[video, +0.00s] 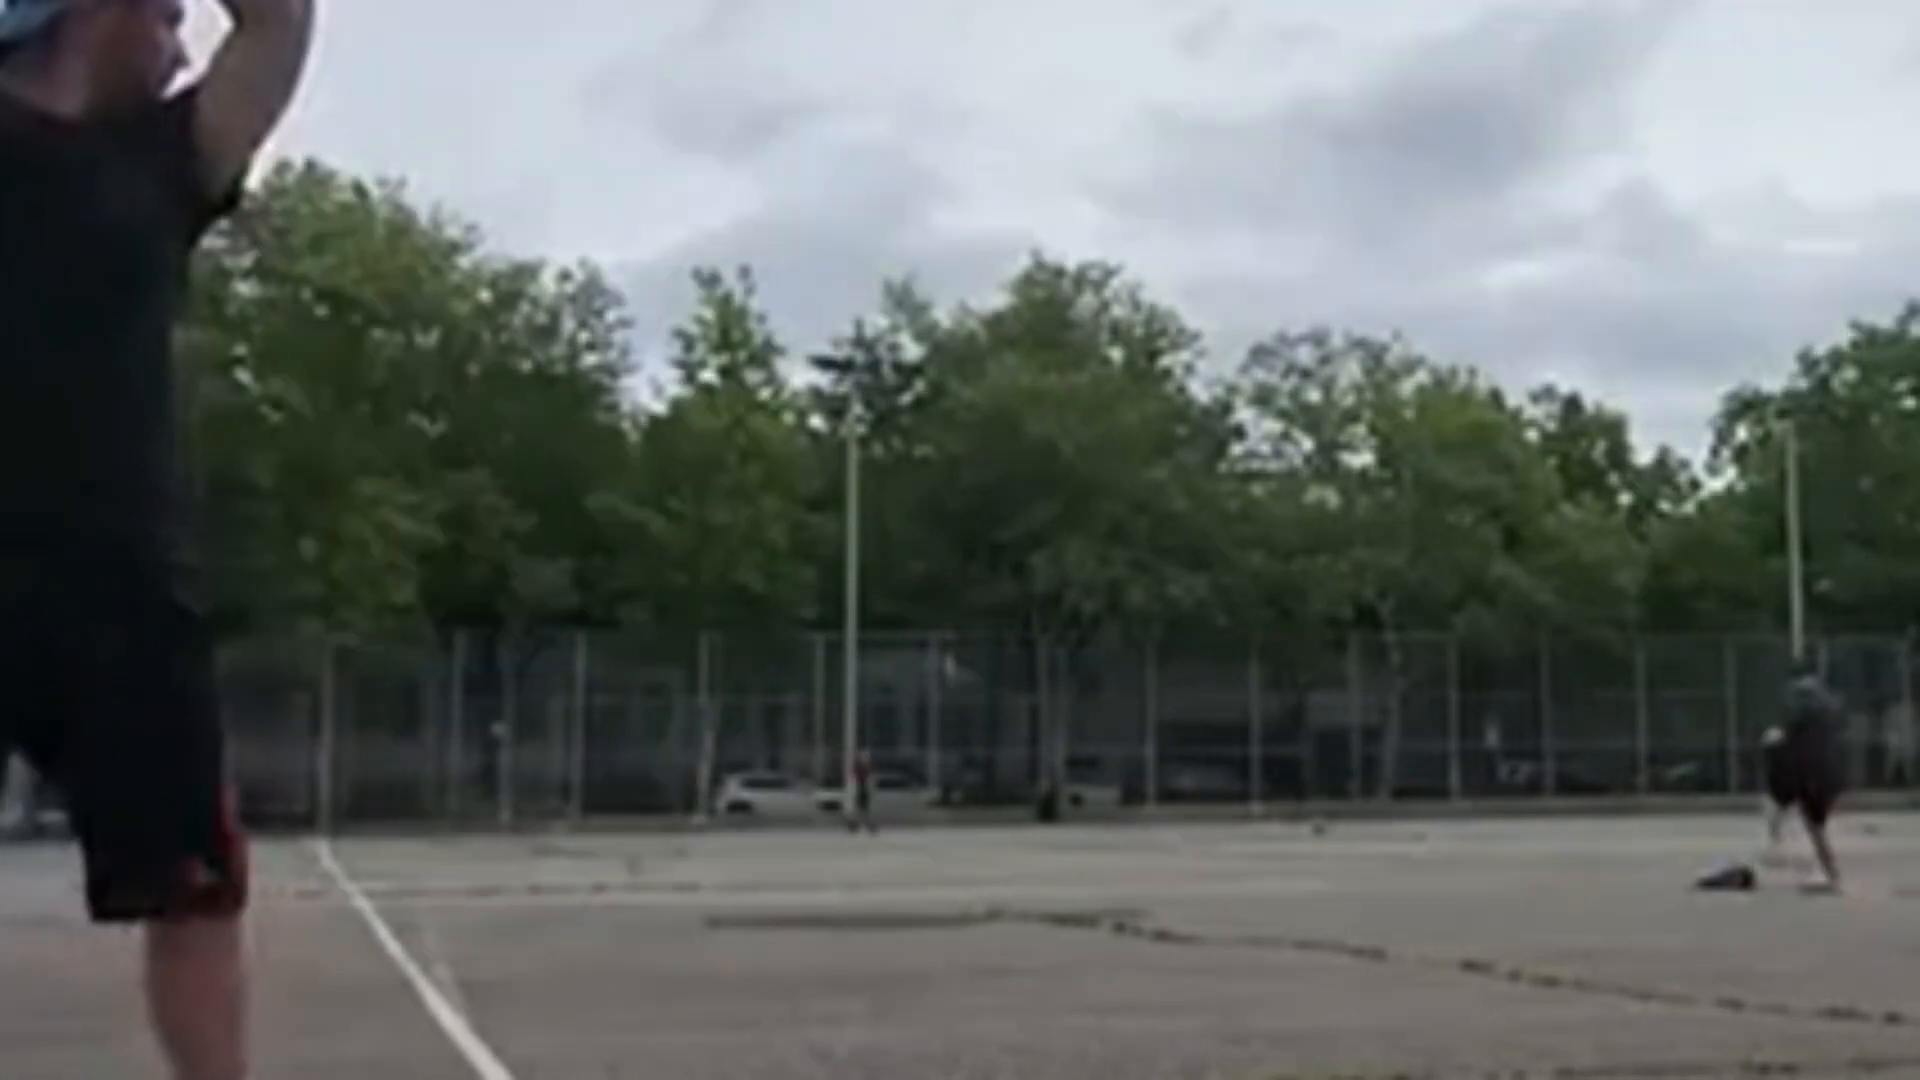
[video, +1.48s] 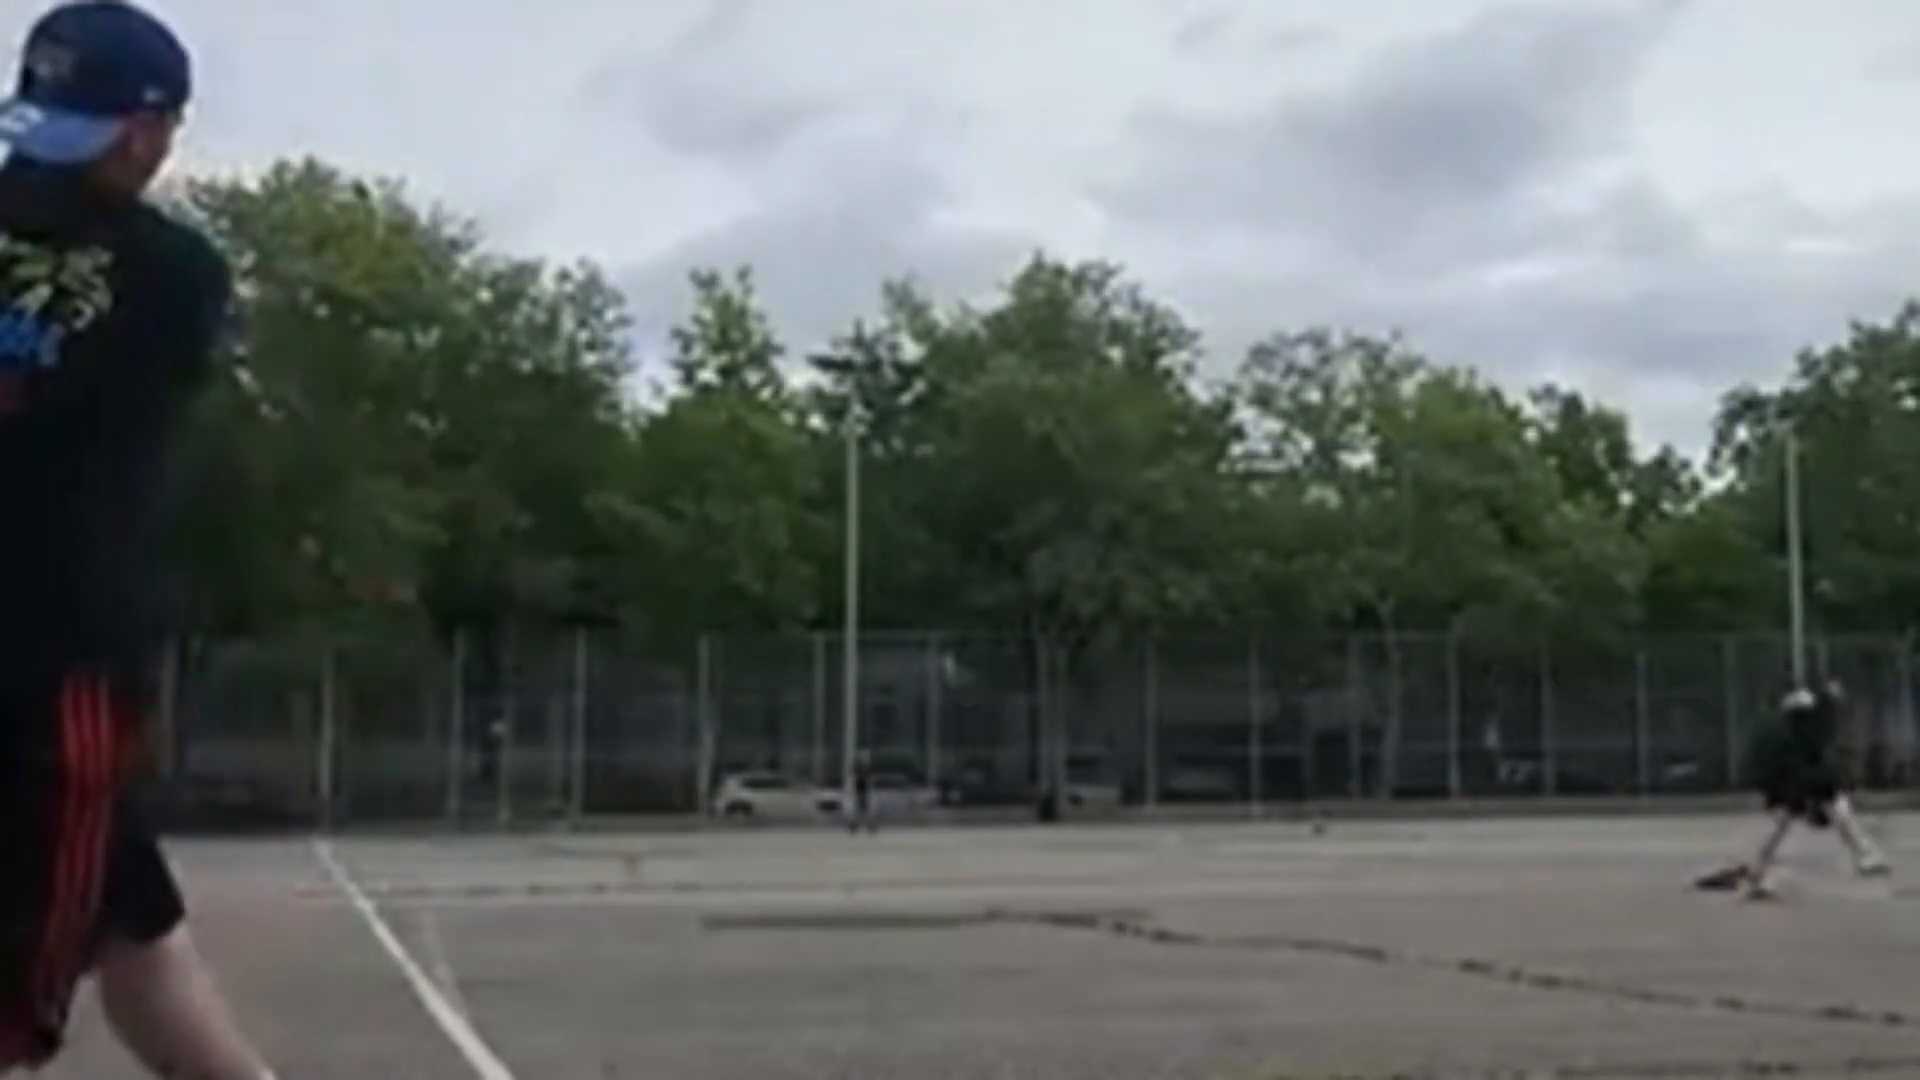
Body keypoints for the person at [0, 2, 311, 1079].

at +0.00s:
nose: (177, 39)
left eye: (178, 21)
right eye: (157, 15)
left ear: (163, 32)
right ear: (89, 14)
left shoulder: (161, 159)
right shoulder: (15, 132)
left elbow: (278, 23)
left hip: (114, 565)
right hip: (27, 560)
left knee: (194, 880)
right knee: (186, 882)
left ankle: (216, 1068)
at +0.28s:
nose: (196, 46)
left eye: (192, 22)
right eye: (175, 17)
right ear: (102, 20)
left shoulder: (168, 170)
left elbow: (302, 35)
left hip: (123, 577)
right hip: (36, 575)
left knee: (214, 890)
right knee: (210, 890)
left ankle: (216, 1066)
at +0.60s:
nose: (229, 65)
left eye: (228, 40)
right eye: (212, 32)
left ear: (140, 41)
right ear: (150, 30)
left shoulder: (201, 178)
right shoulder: (23, 150)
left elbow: (313, 47)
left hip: (161, 586)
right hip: (32, 582)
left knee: (244, 893)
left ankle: (222, 1068)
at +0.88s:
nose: (228, 137)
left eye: (227, 110)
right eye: (216, 106)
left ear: (141, 99)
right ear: (147, 93)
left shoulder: (208, 249)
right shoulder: (9, 190)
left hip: (98, 611)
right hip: (43, 611)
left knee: (319, 848)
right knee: (315, 848)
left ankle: (349, 1060)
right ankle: (348, 1059)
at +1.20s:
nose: (257, 236)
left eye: (256, 211)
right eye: (240, 210)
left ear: (142, 201)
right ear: (152, 203)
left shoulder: (31, 270)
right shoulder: (160, 318)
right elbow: (276, 453)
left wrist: (248, 432)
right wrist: (299, 450)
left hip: (73, 705)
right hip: (53, 710)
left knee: (212, 945)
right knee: (40, 1036)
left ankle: (319, 1066)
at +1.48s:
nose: (169, 149)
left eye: (167, 127)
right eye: (168, 127)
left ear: (28, 106)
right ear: (139, 131)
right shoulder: (168, 270)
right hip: (63, 645)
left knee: (143, 945)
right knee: (27, 1009)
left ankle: (237, 1071)